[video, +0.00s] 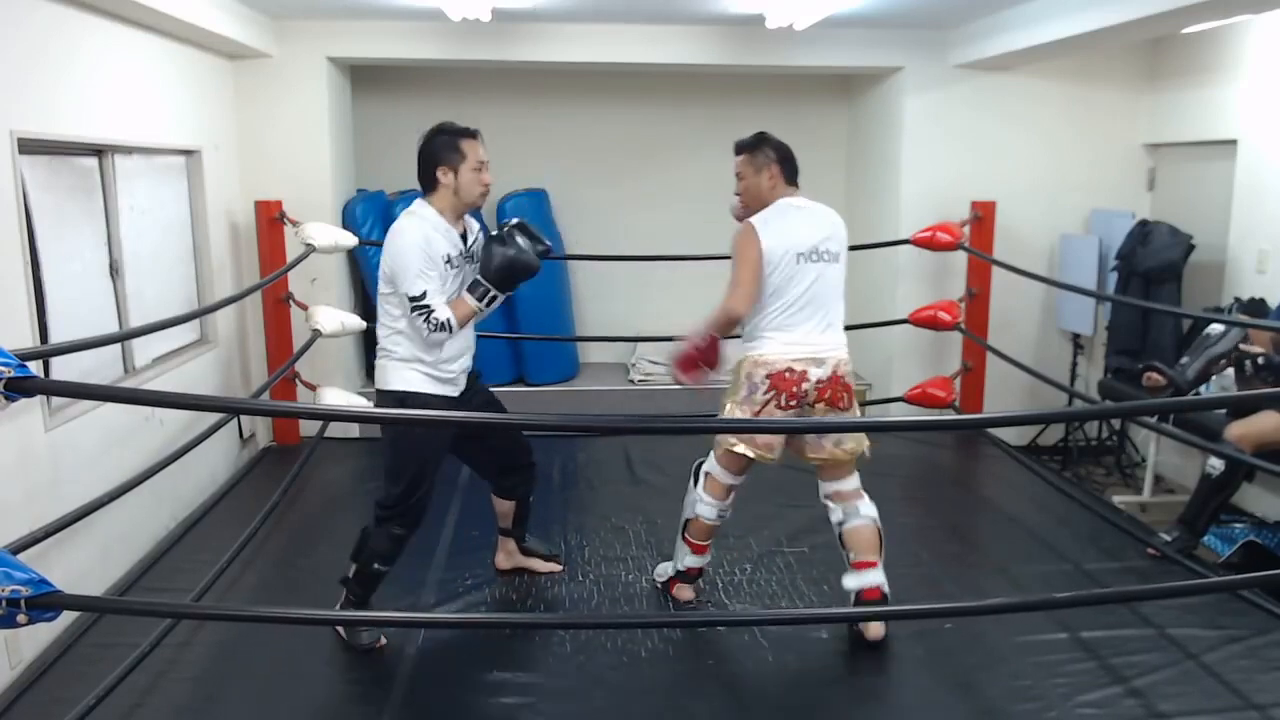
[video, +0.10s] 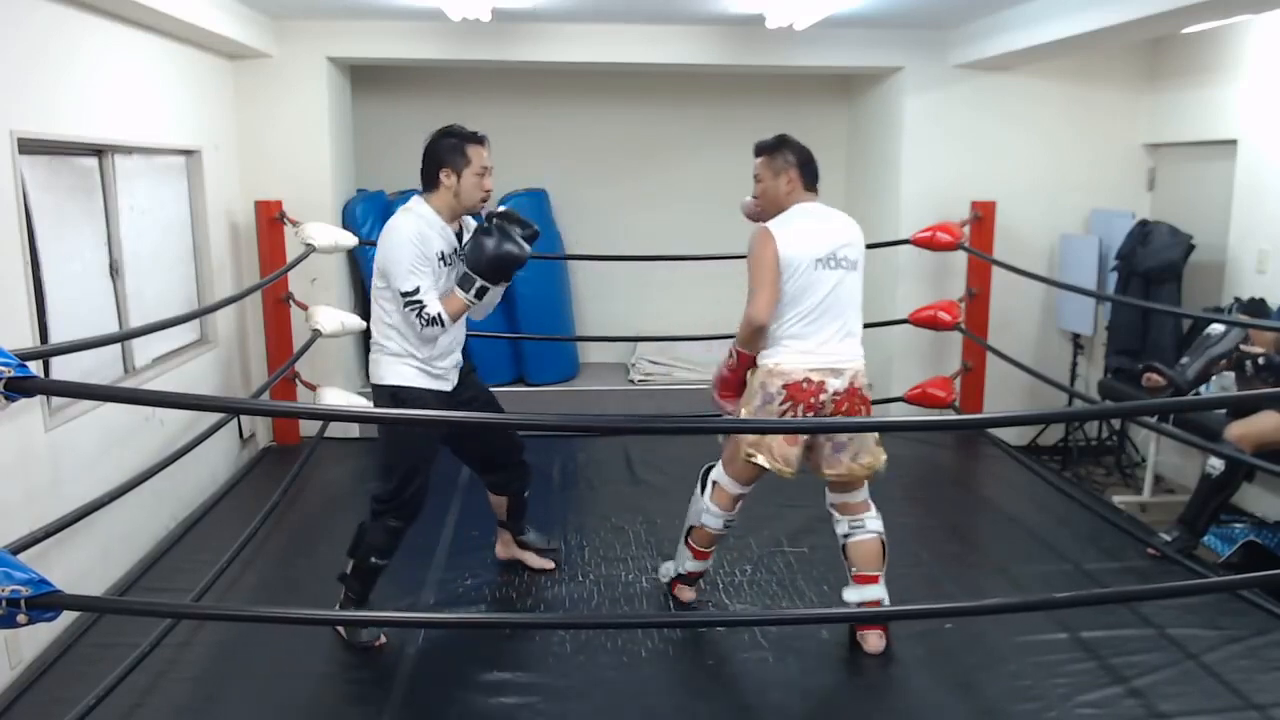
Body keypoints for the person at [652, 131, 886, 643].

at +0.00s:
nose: (737, 190)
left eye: (741, 178)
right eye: (736, 179)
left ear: (772, 173)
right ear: (785, 176)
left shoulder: (756, 230)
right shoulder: (832, 222)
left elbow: (737, 309)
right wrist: (750, 221)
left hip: (768, 378)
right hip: (832, 377)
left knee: (720, 478)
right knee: (845, 489)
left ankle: (685, 578)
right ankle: (872, 607)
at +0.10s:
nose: (754, 190)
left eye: (760, 180)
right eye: (754, 181)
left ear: (790, 177)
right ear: (801, 180)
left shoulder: (771, 235)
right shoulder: (849, 228)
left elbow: (759, 316)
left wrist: (737, 362)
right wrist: (768, 219)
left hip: (781, 388)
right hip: (846, 389)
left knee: (728, 484)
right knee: (854, 504)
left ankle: (687, 579)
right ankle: (872, 626)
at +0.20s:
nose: (762, 180)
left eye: (769, 169)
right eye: (763, 170)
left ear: (799, 167)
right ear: (812, 170)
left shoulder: (780, 222)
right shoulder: (859, 222)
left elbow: (757, 303)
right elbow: (826, 297)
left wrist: (724, 340)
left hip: (785, 381)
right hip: (854, 383)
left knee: (733, 485)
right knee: (860, 501)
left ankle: (718, 598)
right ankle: (874, 629)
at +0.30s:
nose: (767, 170)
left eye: (772, 159)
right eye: (766, 160)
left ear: (802, 155)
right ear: (818, 161)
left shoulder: (774, 210)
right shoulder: (864, 212)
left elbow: (748, 282)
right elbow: (820, 222)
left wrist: (705, 301)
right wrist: (777, 189)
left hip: (780, 378)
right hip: (851, 379)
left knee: (741, 508)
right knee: (862, 508)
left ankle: (736, 637)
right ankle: (874, 634)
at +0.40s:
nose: (765, 175)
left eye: (770, 162)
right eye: (765, 163)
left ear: (801, 159)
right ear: (818, 164)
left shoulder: (775, 218)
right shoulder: (868, 222)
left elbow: (742, 295)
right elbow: (819, 276)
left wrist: (694, 286)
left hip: (779, 387)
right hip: (852, 389)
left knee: (747, 513)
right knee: (866, 516)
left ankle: (740, 639)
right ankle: (873, 649)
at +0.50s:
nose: (770, 192)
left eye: (774, 179)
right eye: (769, 180)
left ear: (801, 174)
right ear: (823, 177)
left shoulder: (785, 236)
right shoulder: (875, 237)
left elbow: (746, 319)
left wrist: (705, 288)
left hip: (783, 409)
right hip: (859, 412)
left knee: (723, 509)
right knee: (880, 554)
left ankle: (723, 633)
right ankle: (900, 690)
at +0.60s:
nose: (768, 205)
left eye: (771, 193)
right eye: (768, 194)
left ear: (794, 188)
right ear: (821, 190)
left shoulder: (773, 254)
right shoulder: (872, 253)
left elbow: (723, 332)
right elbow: (815, 318)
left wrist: (700, 288)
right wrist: (727, 294)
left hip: (775, 433)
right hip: (854, 436)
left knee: (705, 493)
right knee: (882, 565)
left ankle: (684, 614)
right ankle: (903, 702)